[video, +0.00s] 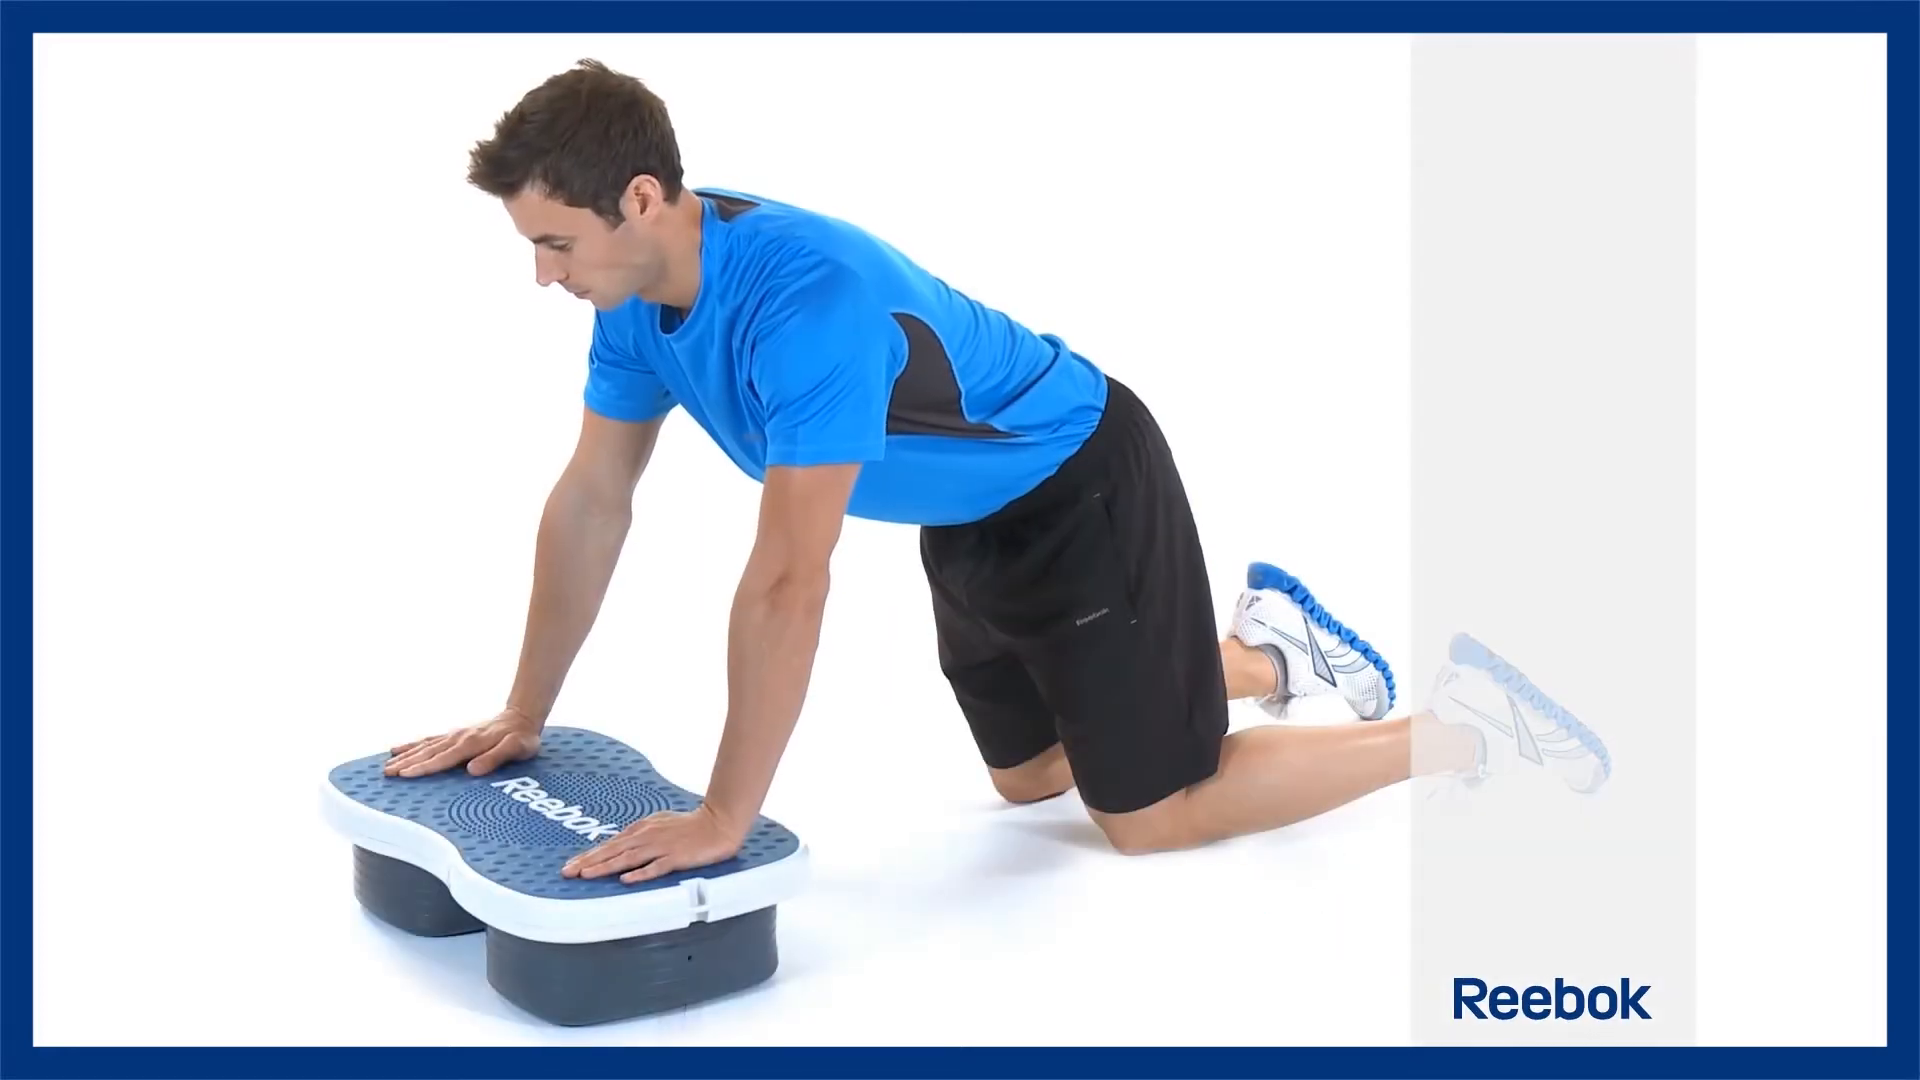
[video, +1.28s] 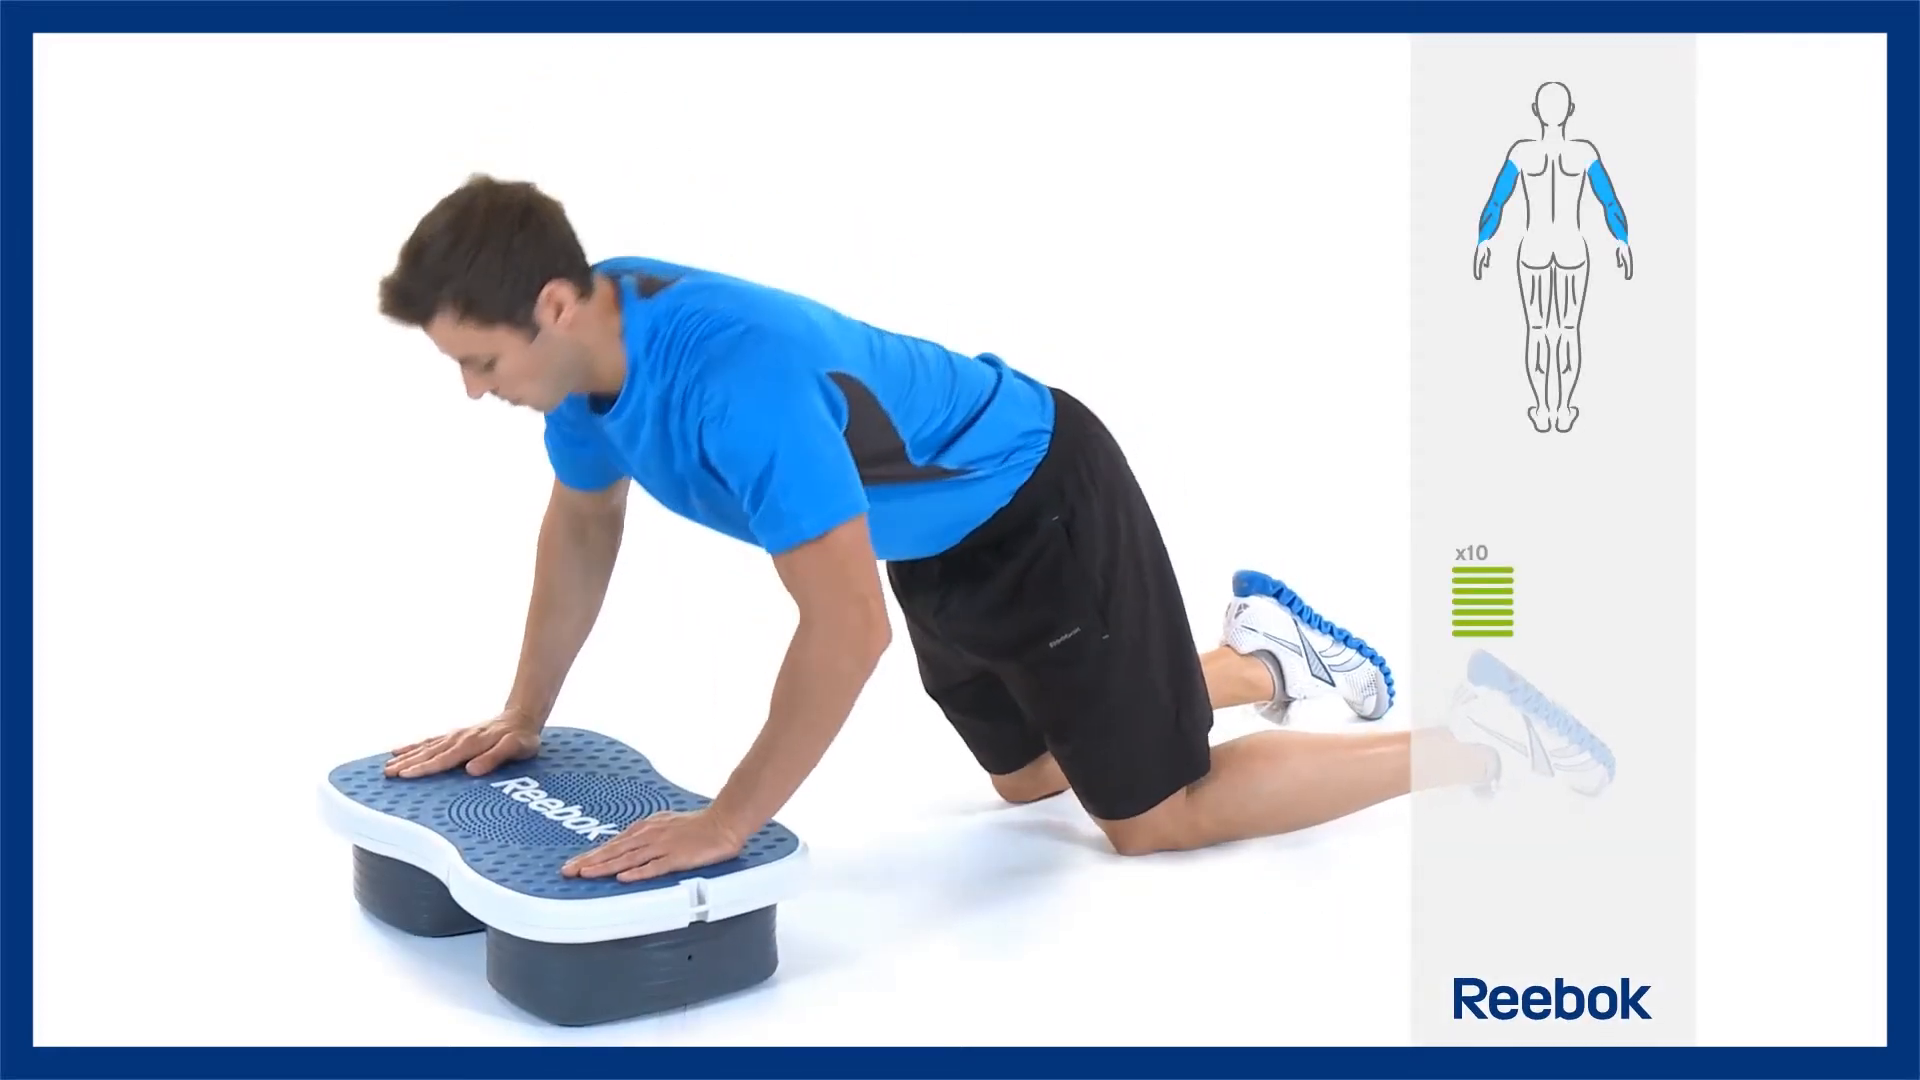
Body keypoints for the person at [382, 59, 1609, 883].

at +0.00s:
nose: (541, 272)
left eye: (551, 242)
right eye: (529, 246)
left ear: (643, 200)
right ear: (613, 212)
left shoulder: (806, 302)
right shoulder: (635, 309)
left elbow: (789, 583)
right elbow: (588, 509)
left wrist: (727, 814)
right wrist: (525, 715)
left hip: (1077, 477)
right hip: (958, 516)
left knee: (1152, 807)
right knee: (1038, 777)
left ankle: (1449, 734)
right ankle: (1262, 659)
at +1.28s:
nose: (478, 392)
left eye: (478, 362)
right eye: (459, 370)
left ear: (556, 301)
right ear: (533, 305)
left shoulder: (736, 381)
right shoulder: (588, 372)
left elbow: (848, 623)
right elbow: (577, 535)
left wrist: (731, 816)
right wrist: (519, 720)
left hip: (1044, 502)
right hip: (937, 554)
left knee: (1155, 815)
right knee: (1033, 781)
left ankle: (1470, 748)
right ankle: (1258, 667)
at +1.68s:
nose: (359, 659)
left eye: (349, 635)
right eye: (336, 644)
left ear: (406, 568)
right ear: (395, 553)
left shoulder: (603, 560)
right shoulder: (472, 486)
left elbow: (846, 649)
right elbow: (545, 593)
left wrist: (733, 822)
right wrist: (522, 716)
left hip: (957, 558)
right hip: (871, 594)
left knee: (1168, 806)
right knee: (1022, 769)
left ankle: (1465, 750)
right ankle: (1260, 659)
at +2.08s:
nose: (328, 810)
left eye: (318, 789)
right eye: (301, 801)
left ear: (370, 712)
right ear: (355, 680)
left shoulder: (576, 673)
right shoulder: (424, 588)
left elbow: (819, 637)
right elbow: (555, 497)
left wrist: (728, 825)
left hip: (919, 599)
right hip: (835, 631)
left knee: (1147, 809)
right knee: (1042, 756)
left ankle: (1472, 750)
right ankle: (1255, 659)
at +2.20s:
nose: (329, 811)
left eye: (317, 791)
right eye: (301, 803)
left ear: (365, 713)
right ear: (352, 679)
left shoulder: (571, 673)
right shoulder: (421, 588)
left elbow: (815, 636)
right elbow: (553, 498)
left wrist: (730, 822)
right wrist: (516, 689)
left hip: (915, 600)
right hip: (838, 628)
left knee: (1149, 809)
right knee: (1044, 756)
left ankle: (1470, 750)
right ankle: (1255, 657)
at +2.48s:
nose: (342, 741)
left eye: (327, 723)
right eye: (319, 733)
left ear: (357, 661)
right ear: (357, 624)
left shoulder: (559, 626)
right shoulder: (438, 557)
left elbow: (825, 641)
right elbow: (550, 525)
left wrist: (728, 827)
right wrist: (504, 719)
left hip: (924, 591)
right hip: (851, 602)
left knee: (1152, 809)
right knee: (1026, 754)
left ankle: (1471, 746)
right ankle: (1258, 662)